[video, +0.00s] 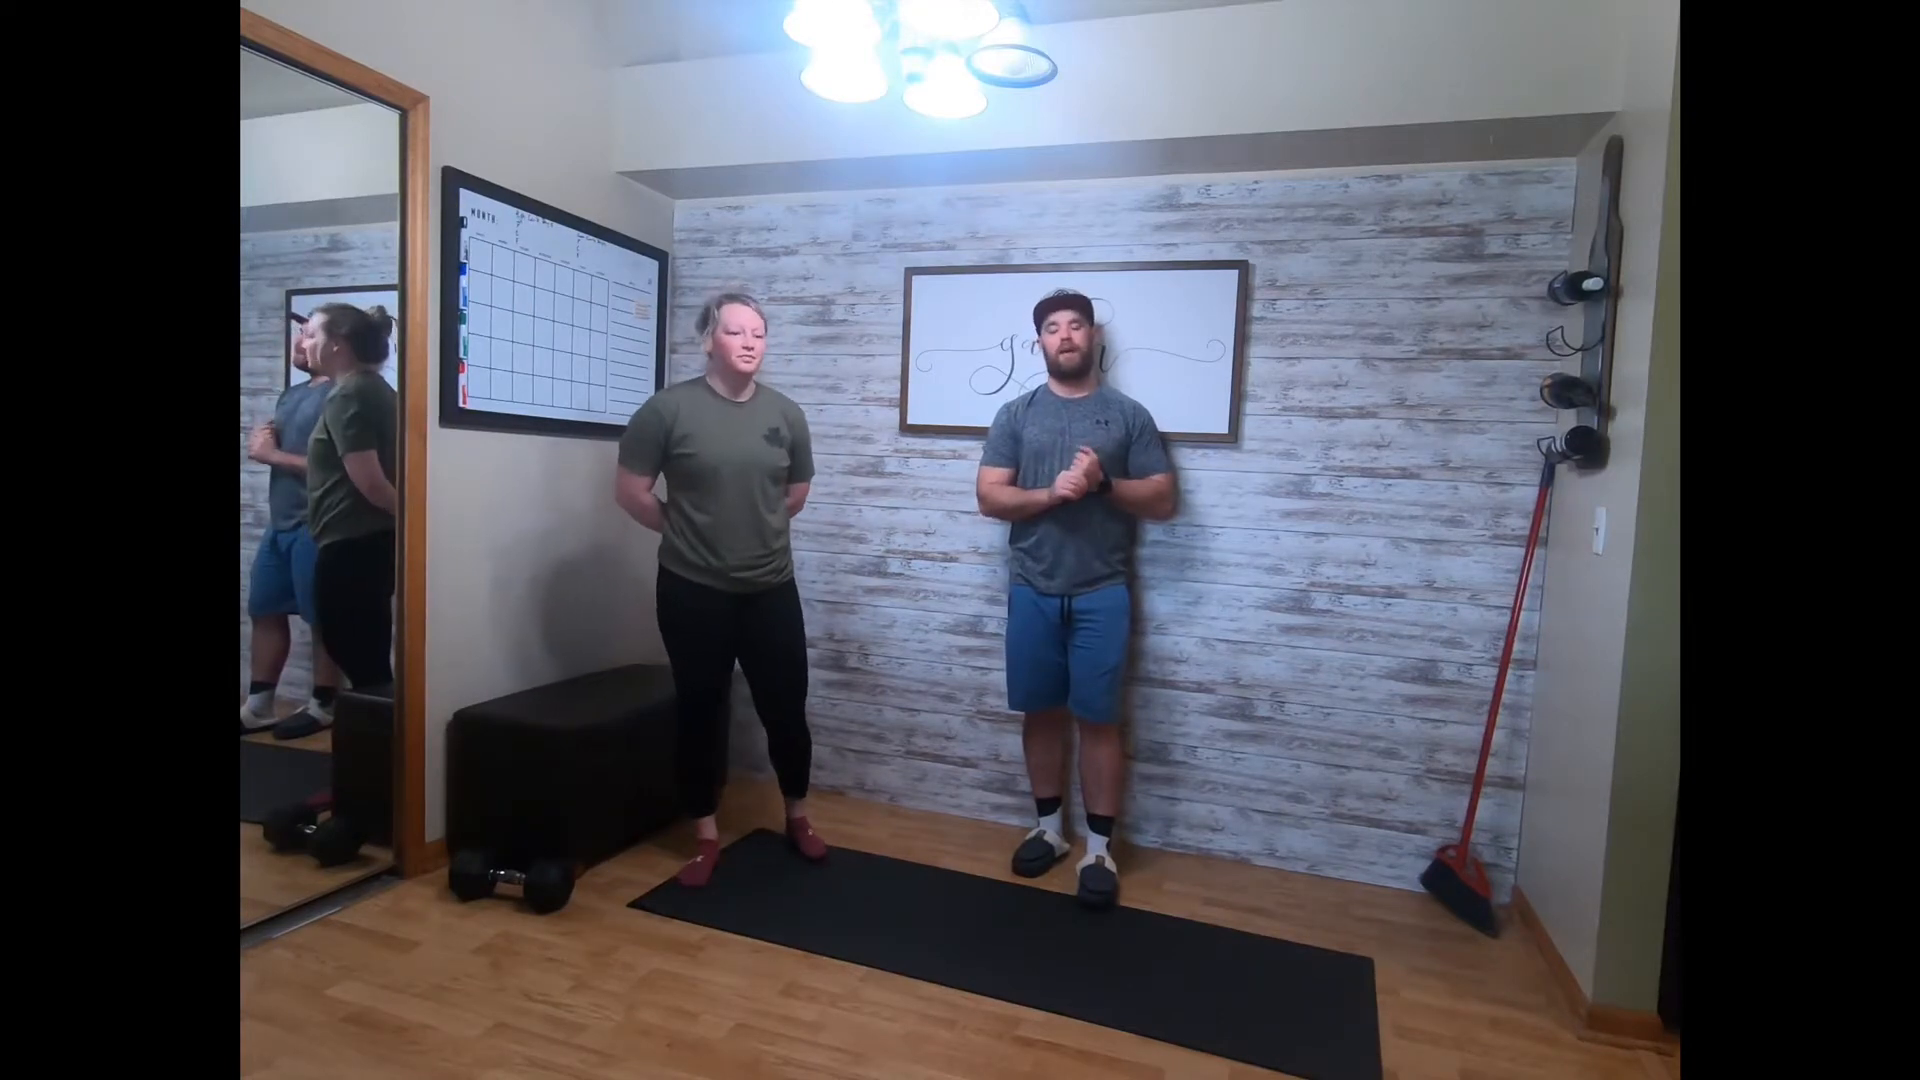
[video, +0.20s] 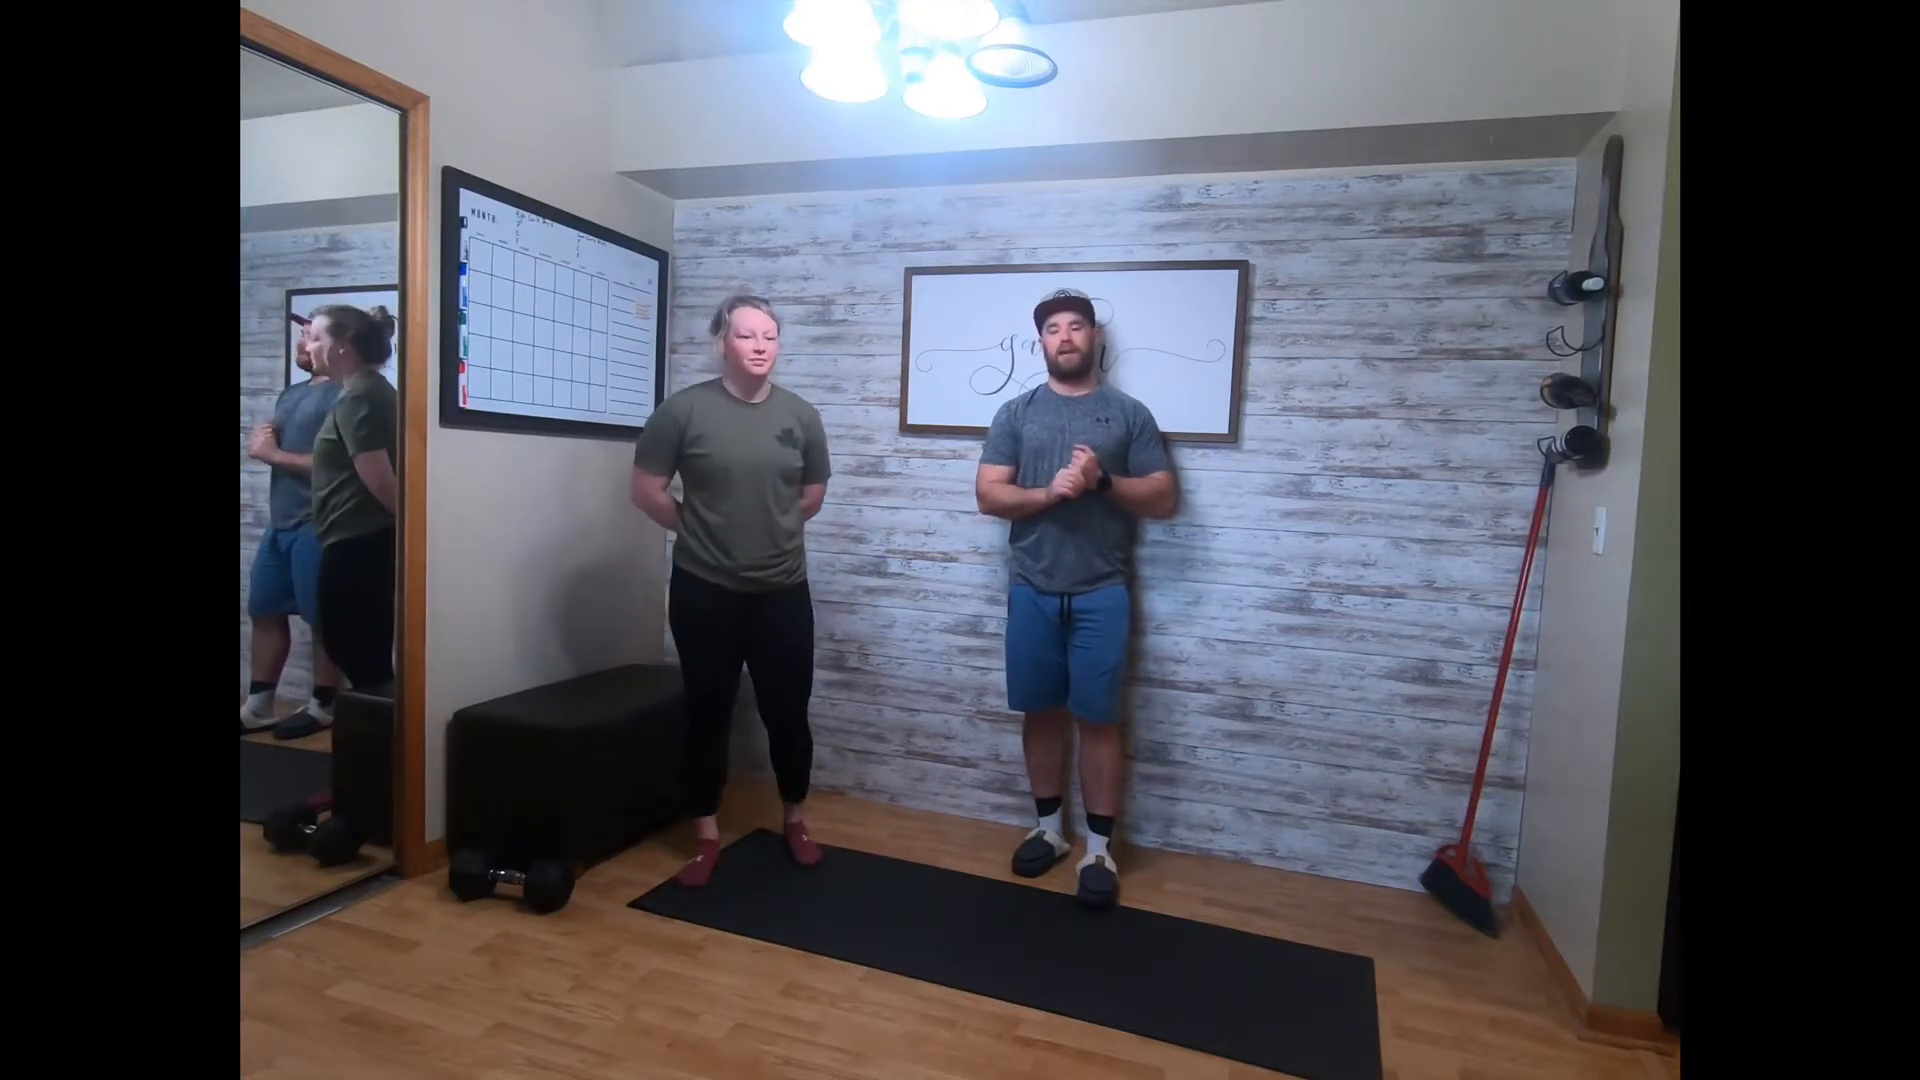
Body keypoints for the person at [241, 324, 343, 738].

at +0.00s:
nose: (300, 340)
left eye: (309, 333)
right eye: (301, 332)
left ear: (331, 343)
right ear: (301, 344)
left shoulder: (340, 395)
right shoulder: (292, 395)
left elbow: (329, 467)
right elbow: (277, 443)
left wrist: (273, 454)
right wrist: (267, 440)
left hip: (316, 526)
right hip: (280, 526)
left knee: (321, 619)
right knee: (266, 611)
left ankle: (324, 706)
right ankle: (259, 704)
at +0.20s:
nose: (303, 342)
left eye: (312, 336)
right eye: (304, 335)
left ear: (333, 346)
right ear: (305, 345)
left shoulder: (340, 395)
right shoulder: (291, 395)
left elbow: (331, 465)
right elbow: (280, 442)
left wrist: (273, 453)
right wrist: (267, 441)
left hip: (318, 526)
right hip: (281, 525)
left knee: (321, 619)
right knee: (266, 611)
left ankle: (323, 707)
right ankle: (259, 703)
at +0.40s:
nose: (300, 341)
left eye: (309, 335)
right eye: (301, 333)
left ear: (330, 345)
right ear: (304, 343)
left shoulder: (342, 393)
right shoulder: (289, 394)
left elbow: (335, 463)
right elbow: (278, 444)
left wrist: (273, 457)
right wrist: (269, 442)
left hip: (320, 524)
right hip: (280, 524)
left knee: (322, 619)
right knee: (265, 609)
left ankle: (324, 706)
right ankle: (259, 704)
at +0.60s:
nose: (300, 339)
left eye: (310, 334)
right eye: (301, 332)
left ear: (330, 347)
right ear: (303, 342)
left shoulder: (342, 395)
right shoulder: (289, 395)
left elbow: (338, 465)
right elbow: (280, 443)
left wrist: (274, 460)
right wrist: (268, 442)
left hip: (319, 524)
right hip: (280, 524)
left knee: (323, 618)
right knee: (265, 609)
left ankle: (323, 707)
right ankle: (260, 704)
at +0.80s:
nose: (300, 339)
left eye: (310, 333)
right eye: (301, 332)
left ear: (330, 346)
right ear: (305, 343)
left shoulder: (344, 396)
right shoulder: (289, 395)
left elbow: (342, 464)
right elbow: (277, 442)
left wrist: (278, 463)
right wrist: (265, 444)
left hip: (320, 523)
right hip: (279, 523)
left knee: (322, 618)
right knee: (264, 610)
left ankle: (323, 707)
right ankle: (260, 703)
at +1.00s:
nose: (298, 339)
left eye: (308, 333)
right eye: (298, 332)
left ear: (329, 344)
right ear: (299, 341)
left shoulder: (342, 397)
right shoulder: (289, 395)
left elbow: (339, 465)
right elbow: (278, 443)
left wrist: (275, 461)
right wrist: (264, 441)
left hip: (319, 525)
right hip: (278, 524)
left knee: (322, 619)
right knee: (263, 610)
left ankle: (323, 707)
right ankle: (260, 703)